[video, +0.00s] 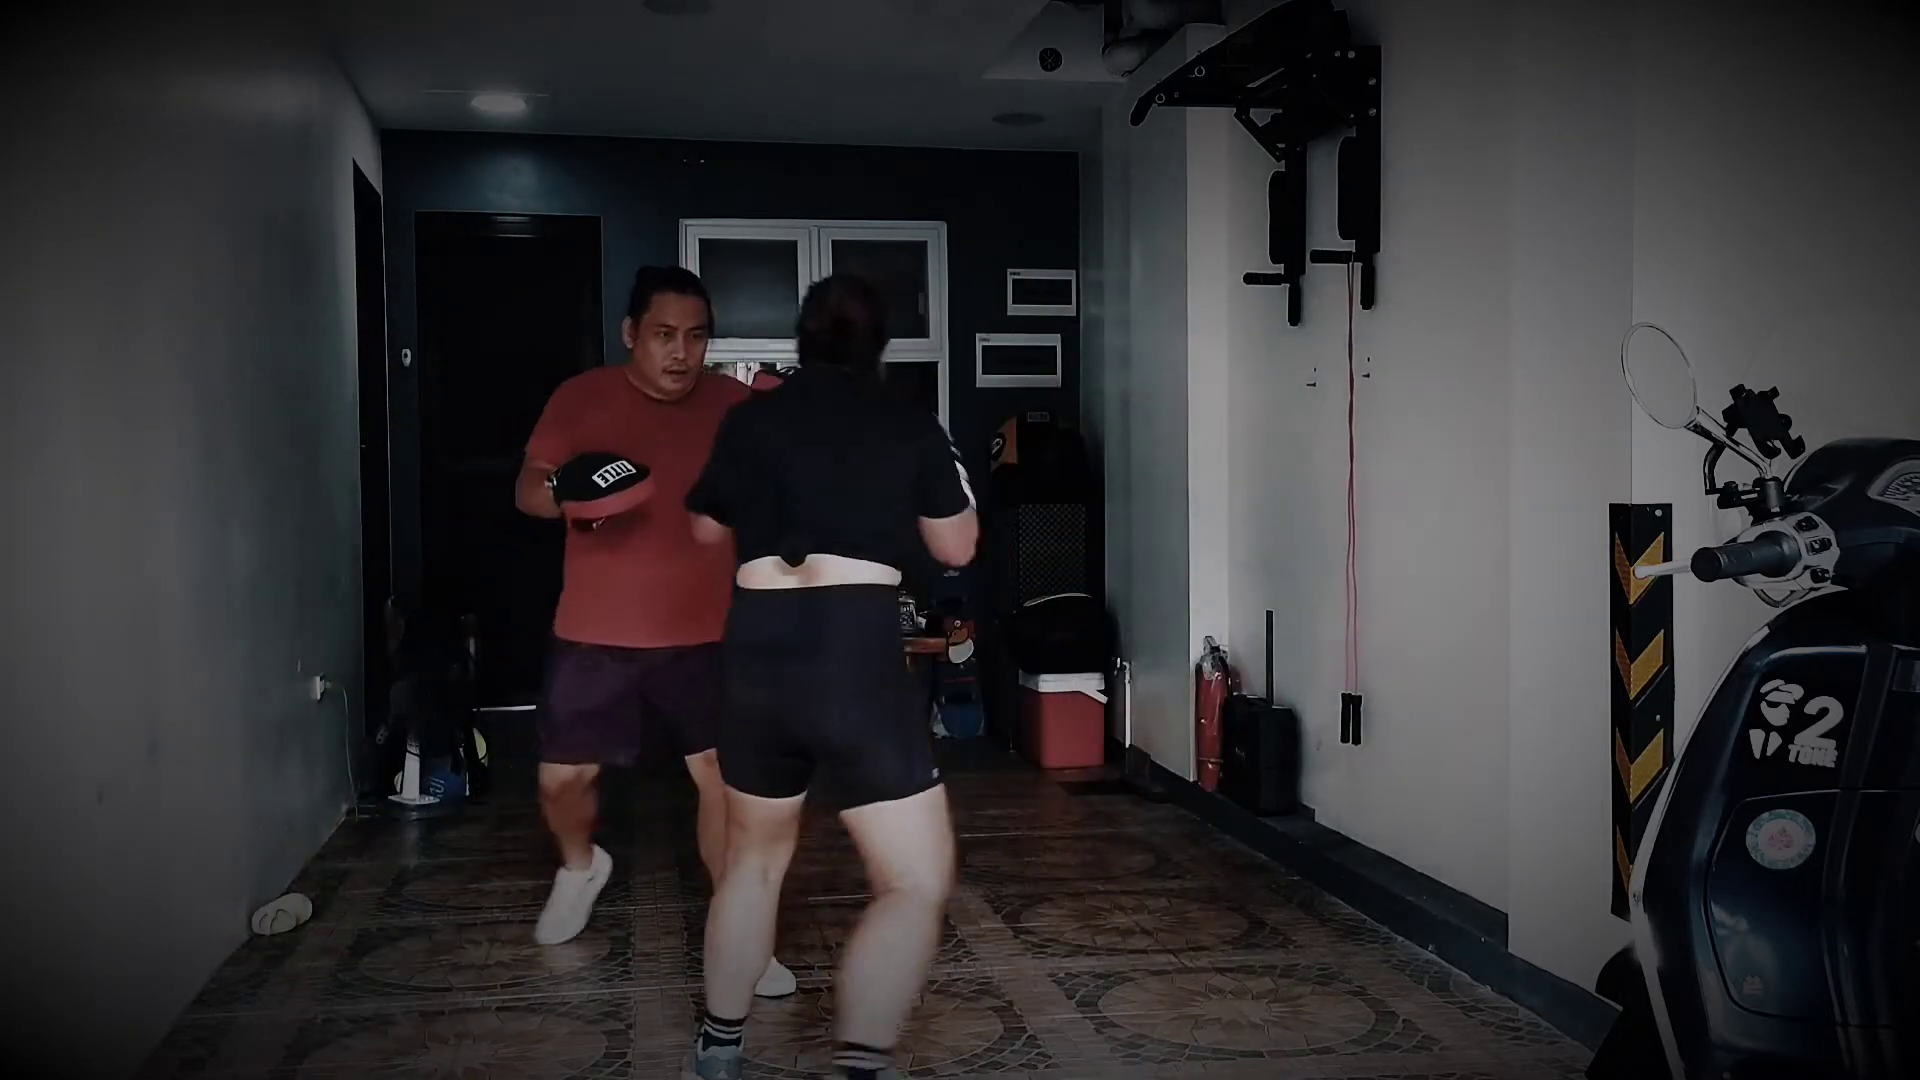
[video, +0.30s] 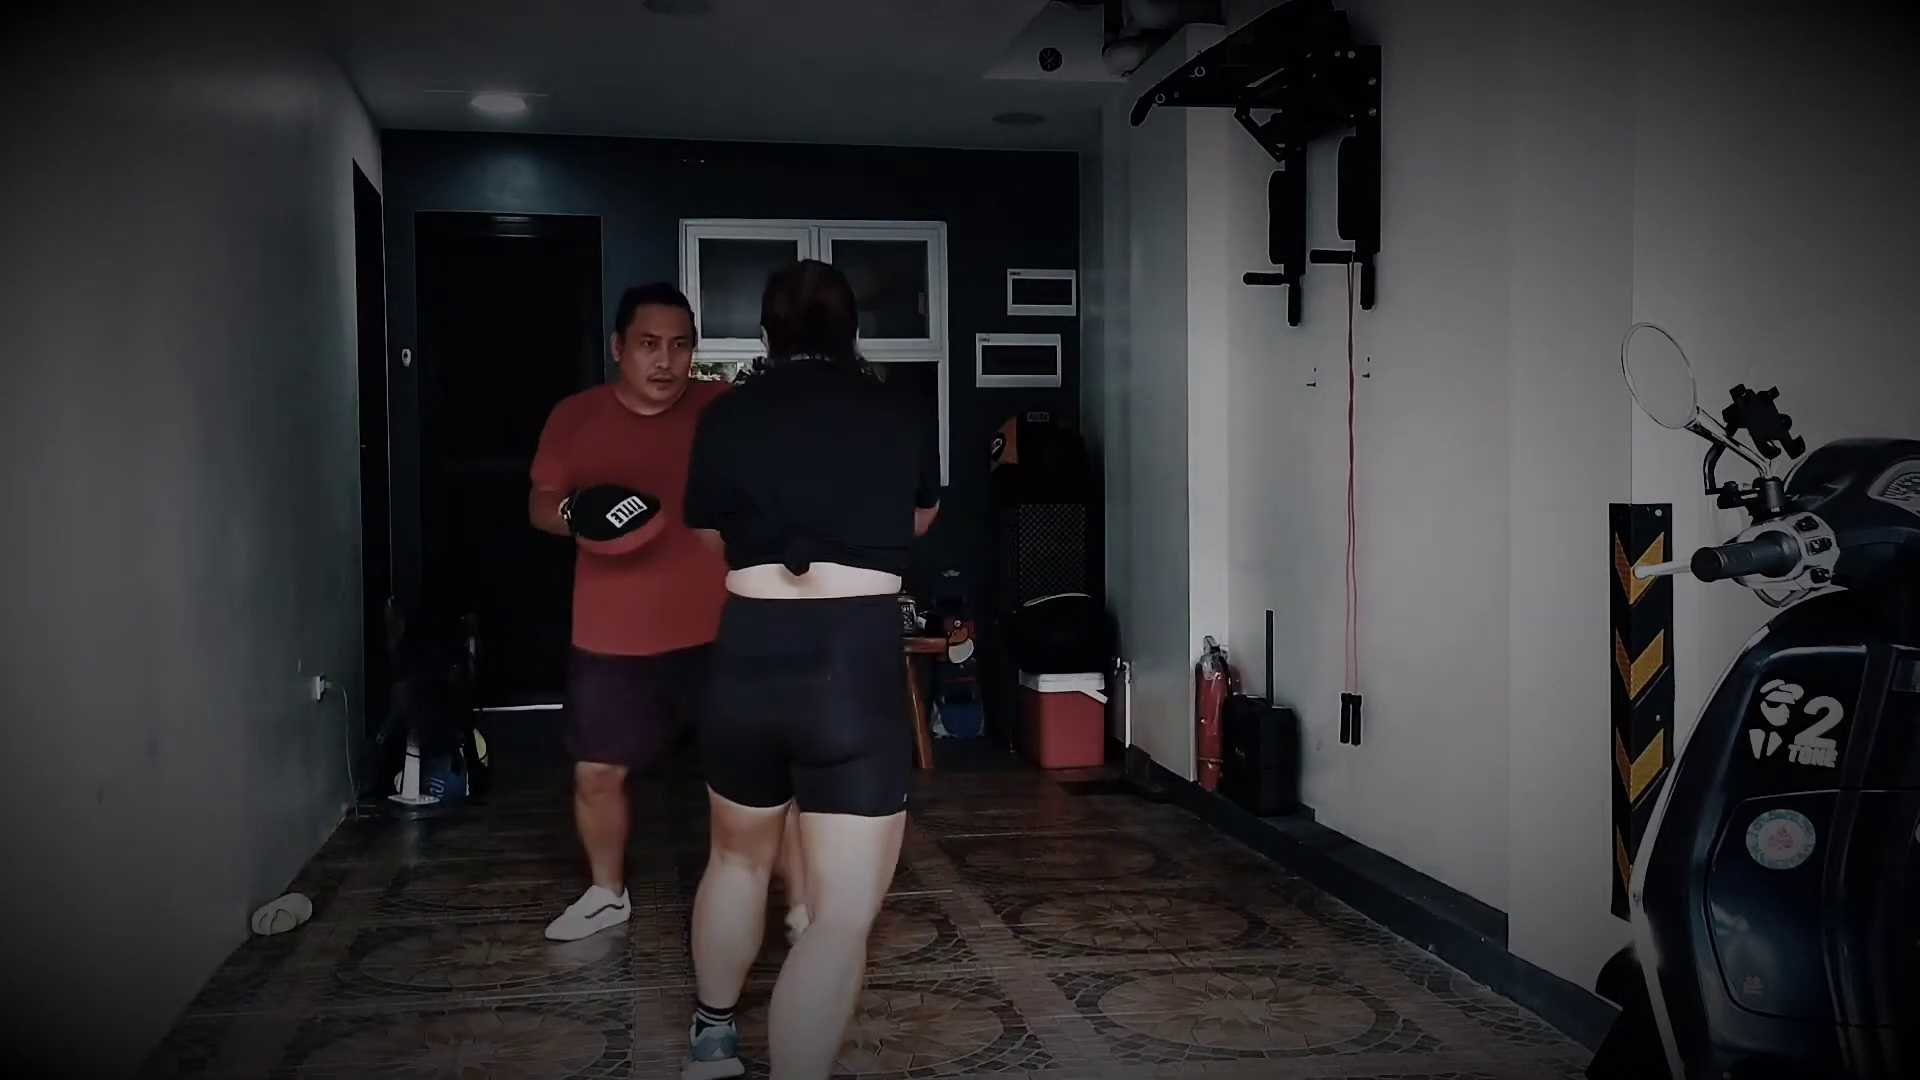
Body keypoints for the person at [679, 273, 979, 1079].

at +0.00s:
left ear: (800, 339)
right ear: (881, 346)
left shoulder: (751, 420)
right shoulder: (908, 427)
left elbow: (709, 528)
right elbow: (955, 544)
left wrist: (782, 500)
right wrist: (889, 498)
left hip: (758, 665)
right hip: (862, 669)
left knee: (753, 856)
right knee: (911, 883)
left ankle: (718, 1050)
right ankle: (862, 1065)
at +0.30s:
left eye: (772, 318)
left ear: (767, 330)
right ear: (853, 330)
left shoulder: (729, 415)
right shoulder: (895, 414)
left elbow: (707, 523)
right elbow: (920, 521)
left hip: (746, 668)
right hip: (856, 676)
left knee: (736, 857)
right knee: (837, 918)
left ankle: (713, 1032)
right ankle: (798, 1072)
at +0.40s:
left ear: (762, 326)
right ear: (847, 323)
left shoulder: (722, 410)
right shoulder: (894, 406)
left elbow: (706, 520)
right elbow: (920, 514)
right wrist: (827, 516)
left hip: (740, 661)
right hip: (851, 669)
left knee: (734, 866)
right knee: (828, 920)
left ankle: (714, 1040)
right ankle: (794, 1073)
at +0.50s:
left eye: (729, 324)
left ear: (758, 324)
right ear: (845, 321)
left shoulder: (718, 410)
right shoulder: (891, 404)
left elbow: (699, 514)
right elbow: (918, 510)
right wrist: (822, 504)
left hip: (732, 667)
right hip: (843, 674)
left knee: (731, 862)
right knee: (821, 922)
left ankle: (709, 1032)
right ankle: (791, 1074)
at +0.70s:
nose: (722, 344)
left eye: (732, 331)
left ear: (753, 335)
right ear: (837, 334)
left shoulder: (709, 421)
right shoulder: (880, 420)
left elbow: (699, 525)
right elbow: (901, 527)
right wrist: (805, 511)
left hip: (721, 669)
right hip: (827, 677)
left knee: (720, 867)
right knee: (816, 922)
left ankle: (702, 1029)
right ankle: (790, 1071)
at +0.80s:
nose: (719, 357)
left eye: (728, 346)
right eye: (711, 344)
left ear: (746, 352)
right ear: (828, 354)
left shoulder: (704, 434)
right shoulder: (865, 436)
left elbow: (679, 530)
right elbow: (890, 542)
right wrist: (791, 526)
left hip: (715, 668)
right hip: (820, 675)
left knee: (719, 874)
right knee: (817, 922)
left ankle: (707, 1021)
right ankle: (788, 1073)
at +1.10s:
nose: (699, 362)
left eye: (707, 351)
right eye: (699, 348)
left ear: (721, 362)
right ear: (794, 362)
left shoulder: (676, 437)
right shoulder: (841, 430)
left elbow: (625, 552)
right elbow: (876, 535)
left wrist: (673, 489)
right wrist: (795, 512)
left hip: (723, 667)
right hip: (826, 663)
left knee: (724, 844)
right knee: (873, 868)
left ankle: (713, 1013)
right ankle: (862, 1039)